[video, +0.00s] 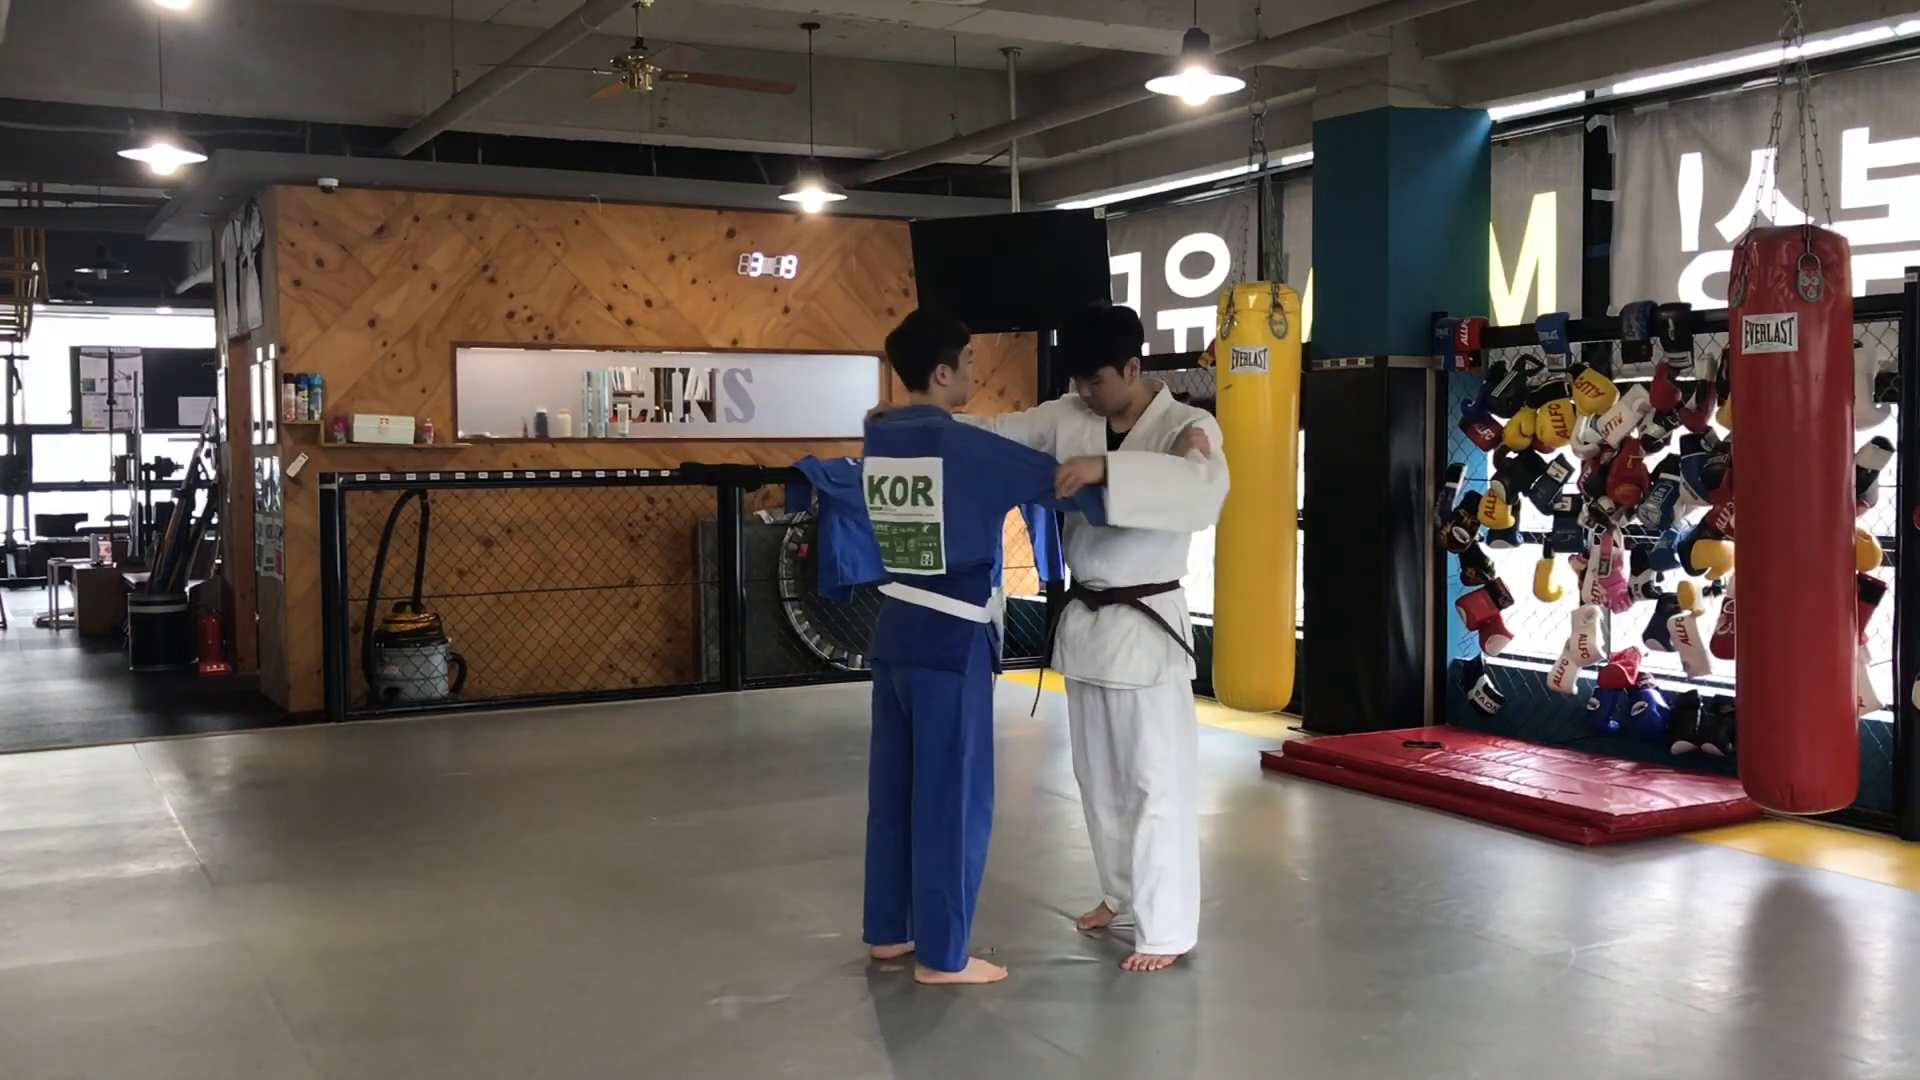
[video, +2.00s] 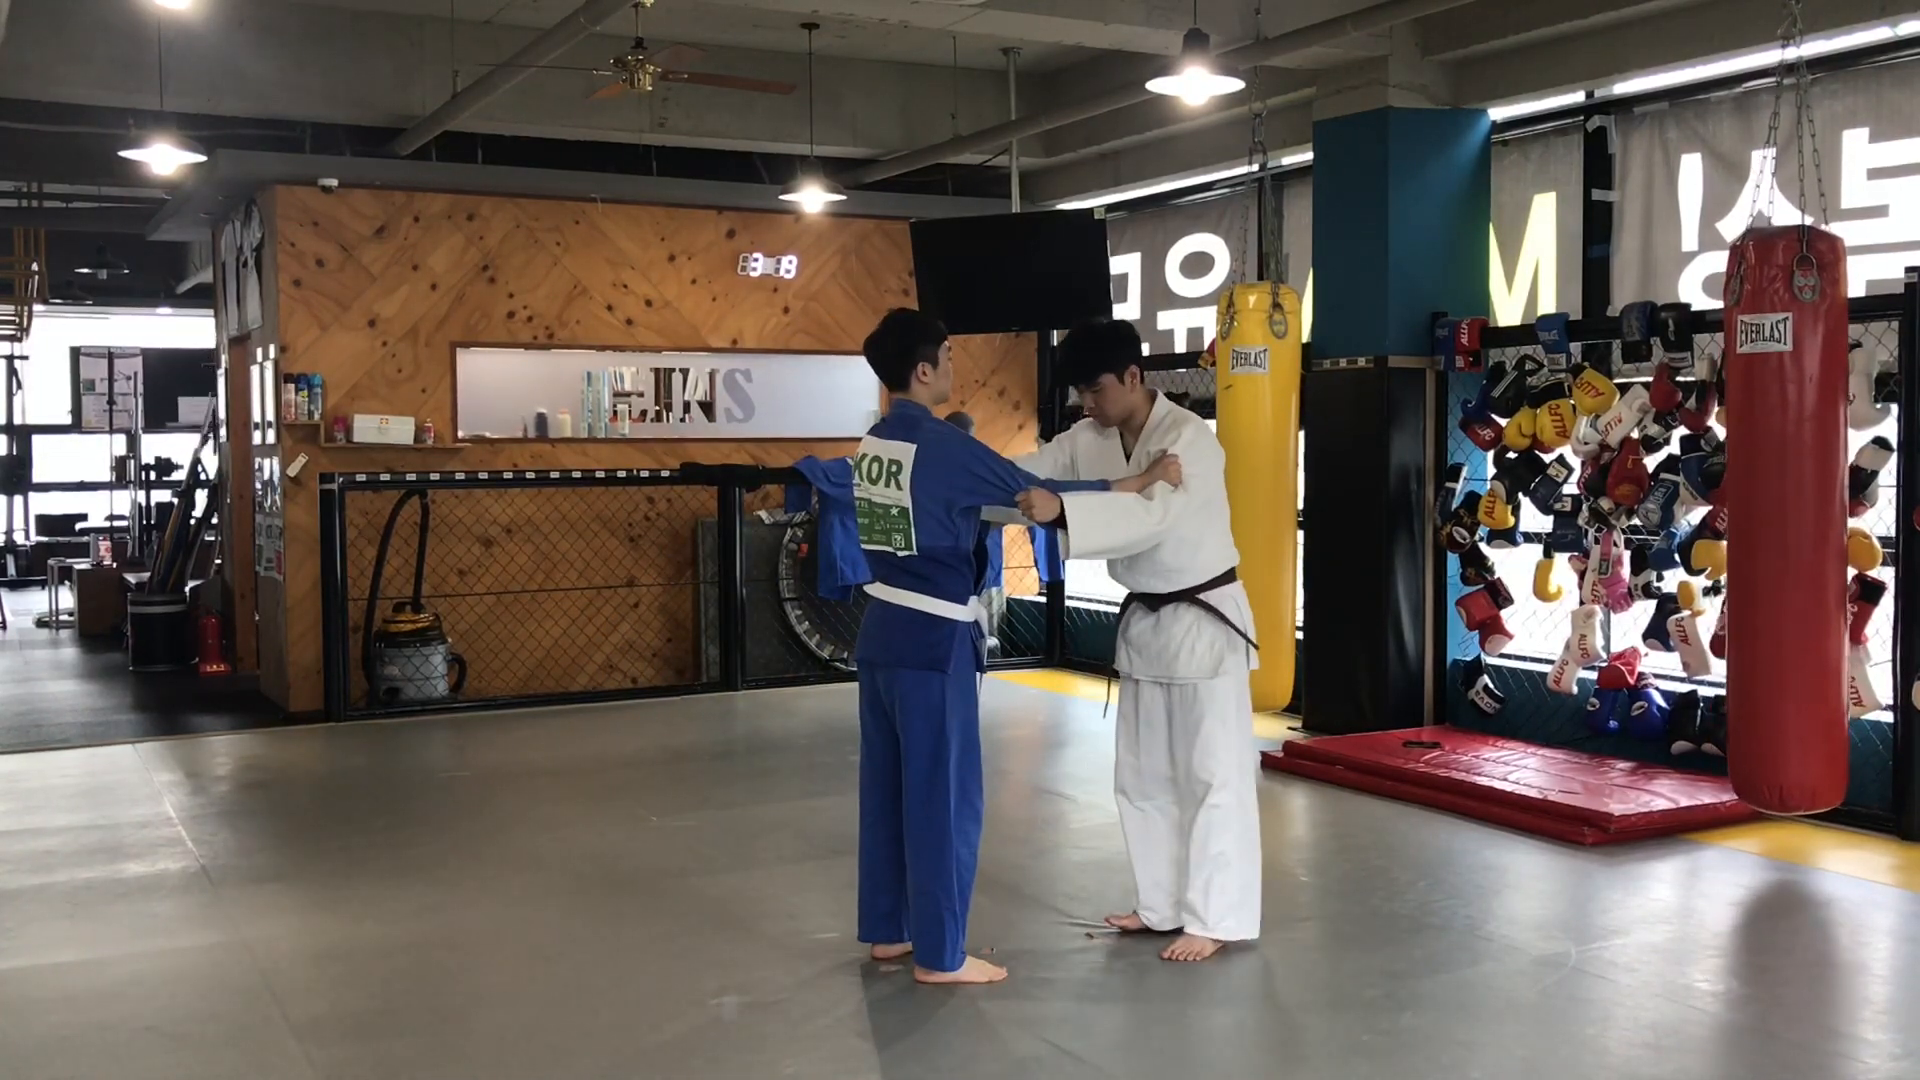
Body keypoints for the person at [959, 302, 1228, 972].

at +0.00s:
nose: (1084, 393)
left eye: (1092, 380)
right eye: (1078, 382)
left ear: (1131, 368)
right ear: (1079, 378)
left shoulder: (1189, 426)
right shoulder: (1072, 418)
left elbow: (1206, 493)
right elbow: (990, 434)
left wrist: (1109, 469)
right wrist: (909, 424)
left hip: (1149, 625)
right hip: (1086, 622)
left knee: (1156, 786)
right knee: (1103, 779)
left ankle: (1169, 932)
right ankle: (1123, 900)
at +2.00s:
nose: (1085, 405)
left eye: (1093, 391)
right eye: (1080, 394)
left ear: (1132, 376)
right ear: (1090, 390)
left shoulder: (1191, 438)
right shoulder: (1085, 439)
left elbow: (1152, 517)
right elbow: (1018, 481)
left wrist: (1063, 511)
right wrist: (955, 475)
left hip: (1205, 621)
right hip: (1143, 620)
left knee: (1212, 779)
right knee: (1147, 775)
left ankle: (1215, 921)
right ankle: (1163, 908)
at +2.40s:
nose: (1107, 393)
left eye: (1118, 379)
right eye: (1104, 380)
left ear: (1160, 377)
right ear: (1111, 381)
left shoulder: (1197, 442)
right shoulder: (1112, 442)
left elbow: (1158, 484)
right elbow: (1059, 500)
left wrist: (1065, 464)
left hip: (1166, 633)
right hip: (1107, 629)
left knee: (1120, 778)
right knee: (1120, 778)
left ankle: (1153, 917)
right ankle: (1152, 907)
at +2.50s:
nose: (1105, 397)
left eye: (1113, 383)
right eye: (1103, 385)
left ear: (1156, 379)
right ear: (1140, 380)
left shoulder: (1199, 441)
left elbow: (1173, 458)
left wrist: (1078, 445)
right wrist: (975, 478)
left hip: (1140, 642)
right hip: (1079, 637)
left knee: (1092, 786)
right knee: (1103, 784)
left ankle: (1080, 961)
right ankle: (1148, 899)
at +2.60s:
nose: (1084, 393)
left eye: (1098, 380)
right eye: (1084, 380)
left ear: (1144, 385)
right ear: (1099, 387)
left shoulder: (1187, 453)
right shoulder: (1070, 452)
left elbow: (1217, 505)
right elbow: (1012, 508)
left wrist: (1124, 460)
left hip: (1106, 650)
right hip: (1037, 639)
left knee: (1073, 813)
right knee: (1023, 802)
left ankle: (1048, 983)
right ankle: (1108, 875)